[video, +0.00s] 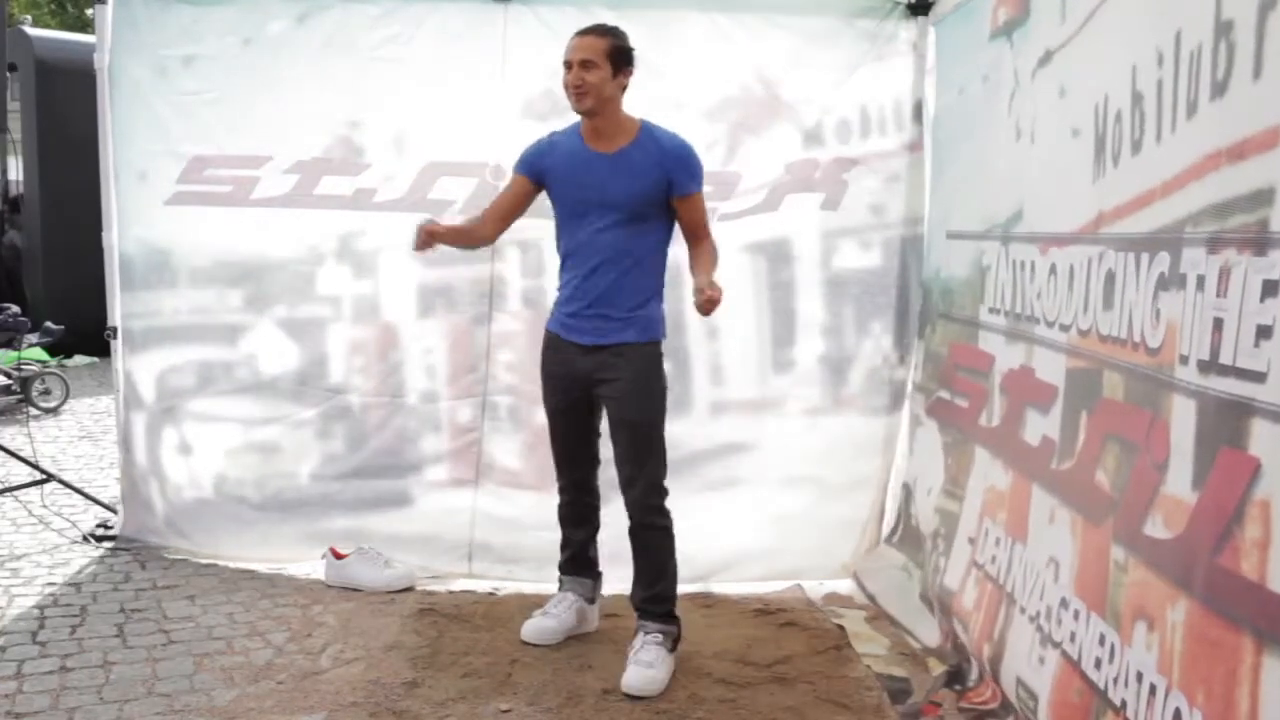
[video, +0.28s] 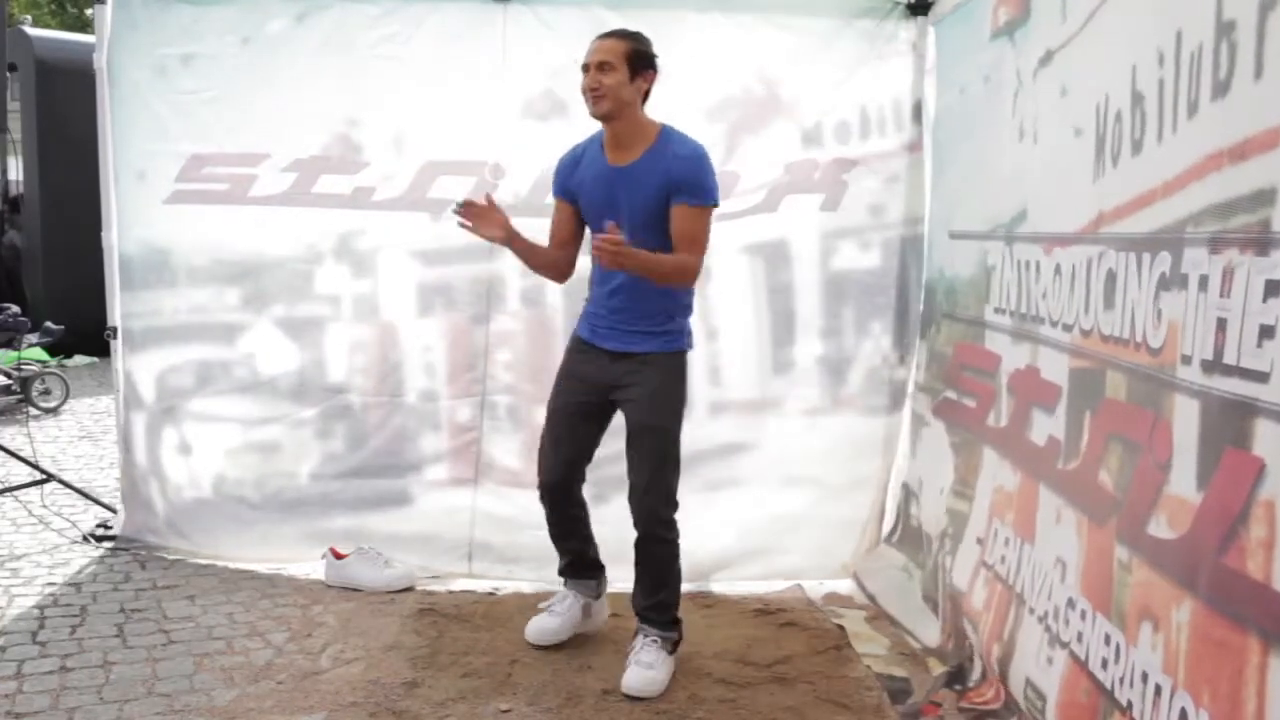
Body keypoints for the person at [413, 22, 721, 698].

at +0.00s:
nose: (574, 78)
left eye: (588, 67)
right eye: (569, 67)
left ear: (622, 76)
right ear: (564, 77)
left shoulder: (669, 153)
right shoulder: (549, 152)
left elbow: (700, 239)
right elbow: (488, 227)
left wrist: (703, 280)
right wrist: (447, 233)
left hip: (634, 347)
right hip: (564, 344)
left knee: (643, 496)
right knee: (575, 485)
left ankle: (657, 631)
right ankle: (577, 595)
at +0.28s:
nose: (591, 81)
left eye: (605, 70)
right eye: (587, 71)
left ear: (644, 81)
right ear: (584, 84)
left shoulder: (684, 162)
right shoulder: (577, 166)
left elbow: (687, 269)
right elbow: (559, 267)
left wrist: (628, 258)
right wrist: (511, 237)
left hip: (656, 356)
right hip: (589, 347)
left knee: (652, 503)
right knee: (556, 480)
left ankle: (656, 635)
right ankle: (584, 589)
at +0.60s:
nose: (580, 90)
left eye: (593, 78)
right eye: (576, 79)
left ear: (633, 85)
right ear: (577, 89)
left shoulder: (664, 149)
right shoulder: (599, 174)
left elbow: (639, 247)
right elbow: (590, 274)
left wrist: (542, 229)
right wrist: (536, 250)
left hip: (655, 363)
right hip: (604, 356)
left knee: (638, 504)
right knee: (568, 486)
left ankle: (669, 642)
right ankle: (610, 617)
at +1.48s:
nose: (563, 91)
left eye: (577, 81)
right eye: (555, 79)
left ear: (606, 87)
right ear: (546, 83)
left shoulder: (640, 163)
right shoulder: (524, 159)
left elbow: (645, 268)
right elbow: (498, 258)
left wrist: (595, 266)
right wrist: (497, 251)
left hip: (614, 351)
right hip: (546, 352)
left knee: (601, 493)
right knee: (557, 499)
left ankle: (606, 633)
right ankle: (595, 607)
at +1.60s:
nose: (583, 99)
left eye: (597, 88)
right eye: (574, 86)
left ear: (623, 92)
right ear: (561, 87)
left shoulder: (650, 176)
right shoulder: (523, 148)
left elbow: (661, 280)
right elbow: (443, 213)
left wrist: (678, 263)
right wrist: (448, 185)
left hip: (609, 349)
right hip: (536, 354)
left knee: (604, 482)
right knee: (554, 499)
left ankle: (611, 622)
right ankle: (590, 610)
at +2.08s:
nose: (547, 85)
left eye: (560, 73)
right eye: (538, 75)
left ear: (591, 78)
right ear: (529, 84)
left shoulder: (632, 157)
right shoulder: (520, 155)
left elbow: (633, 263)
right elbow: (481, 247)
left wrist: (580, 212)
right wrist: (458, 175)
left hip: (600, 356)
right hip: (530, 348)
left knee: (599, 504)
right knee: (489, 478)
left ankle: (607, 632)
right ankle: (543, 564)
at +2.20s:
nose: (524, 72)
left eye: (535, 59)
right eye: (513, 62)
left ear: (566, 65)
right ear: (506, 72)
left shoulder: (608, 129)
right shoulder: (507, 148)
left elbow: (585, 220)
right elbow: (493, 248)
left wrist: (497, 177)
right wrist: (473, 190)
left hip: (599, 343)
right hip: (530, 338)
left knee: (607, 492)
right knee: (497, 477)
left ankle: (617, 630)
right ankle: (522, 591)